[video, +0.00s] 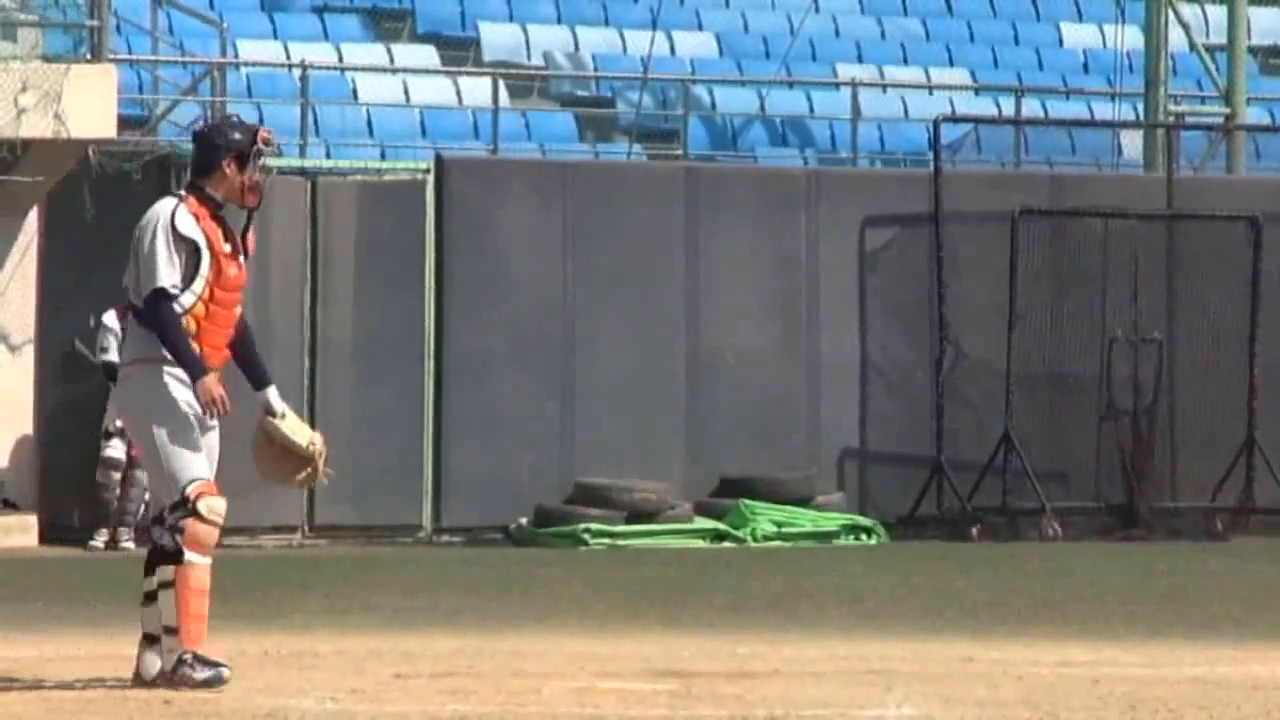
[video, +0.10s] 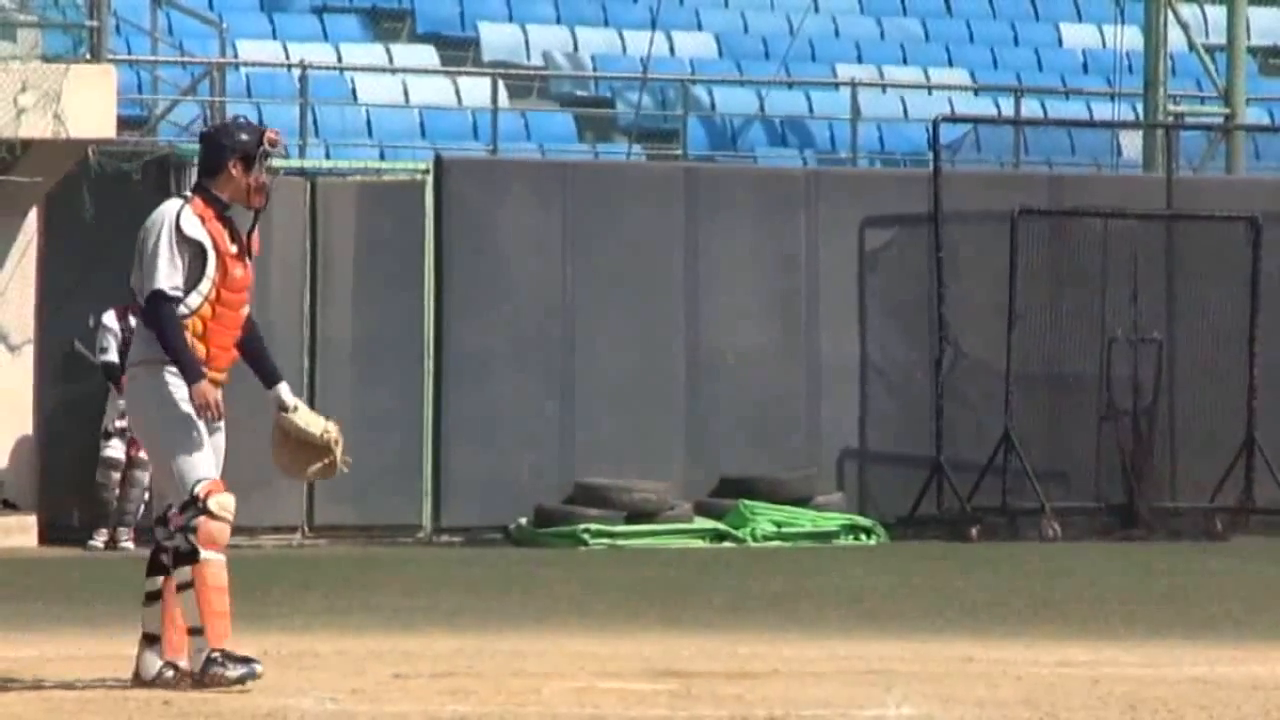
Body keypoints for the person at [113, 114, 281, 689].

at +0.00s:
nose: (257, 176)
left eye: (257, 165)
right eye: (252, 165)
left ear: (228, 166)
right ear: (228, 166)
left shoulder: (226, 230)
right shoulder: (169, 219)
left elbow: (230, 323)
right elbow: (156, 303)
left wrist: (272, 397)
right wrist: (199, 372)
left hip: (195, 380)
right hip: (159, 378)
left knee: (179, 517)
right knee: (201, 510)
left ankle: (155, 653)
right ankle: (188, 654)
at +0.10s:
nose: (264, 178)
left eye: (264, 167)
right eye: (258, 167)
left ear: (235, 168)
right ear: (233, 167)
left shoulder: (229, 231)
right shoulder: (175, 220)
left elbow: (238, 325)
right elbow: (158, 306)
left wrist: (285, 395)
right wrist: (196, 377)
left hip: (204, 382)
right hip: (163, 378)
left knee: (180, 518)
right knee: (211, 506)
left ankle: (161, 655)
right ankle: (213, 652)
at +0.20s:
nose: (276, 179)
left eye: (277, 169)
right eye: (272, 169)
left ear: (250, 170)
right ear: (248, 169)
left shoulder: (246, 232)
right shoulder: (193, 223)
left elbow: (252, 324)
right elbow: (168, 307)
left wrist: (298, 396)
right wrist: (182, 388)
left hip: (221, 388)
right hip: (181, 384)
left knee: (193, 524)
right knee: (228, 507)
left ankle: (162, 658)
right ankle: (252, 650)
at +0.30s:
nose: (298, 180)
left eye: (297, 169)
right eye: (289, 169)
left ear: (268, 172)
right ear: (261, 172)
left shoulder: (268, 234)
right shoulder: (209, 225)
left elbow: (264, 328)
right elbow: (179, 310)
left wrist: (301, 404)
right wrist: (177, 391)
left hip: (237, 390)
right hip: (200, 385)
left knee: (200, 528)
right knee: (242, 514)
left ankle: (160, 658)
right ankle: (259, 658)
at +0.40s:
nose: (309, 181)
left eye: (310, 171)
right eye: (301, 170)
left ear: (281, 173)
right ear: (274, 170)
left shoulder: (282, 233)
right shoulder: (222, 224)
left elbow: (271, 332)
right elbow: (189, 310)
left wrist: (293, 405)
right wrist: (182, 392)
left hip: (259, 389)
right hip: (219, 383)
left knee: (221, 526)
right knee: (250, 520)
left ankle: (166, 651)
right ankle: (263, 660)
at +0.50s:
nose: (320, 176)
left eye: (320, 165)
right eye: (312, 165)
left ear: (289, 167)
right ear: (286, 165)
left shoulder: (295, 227)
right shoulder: (235, 219)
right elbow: (202, 304)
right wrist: (200, 387)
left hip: (278, 385)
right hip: (236, 379)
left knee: (279, 522)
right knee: (254, 520)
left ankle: (186, 630)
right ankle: (263, 659)